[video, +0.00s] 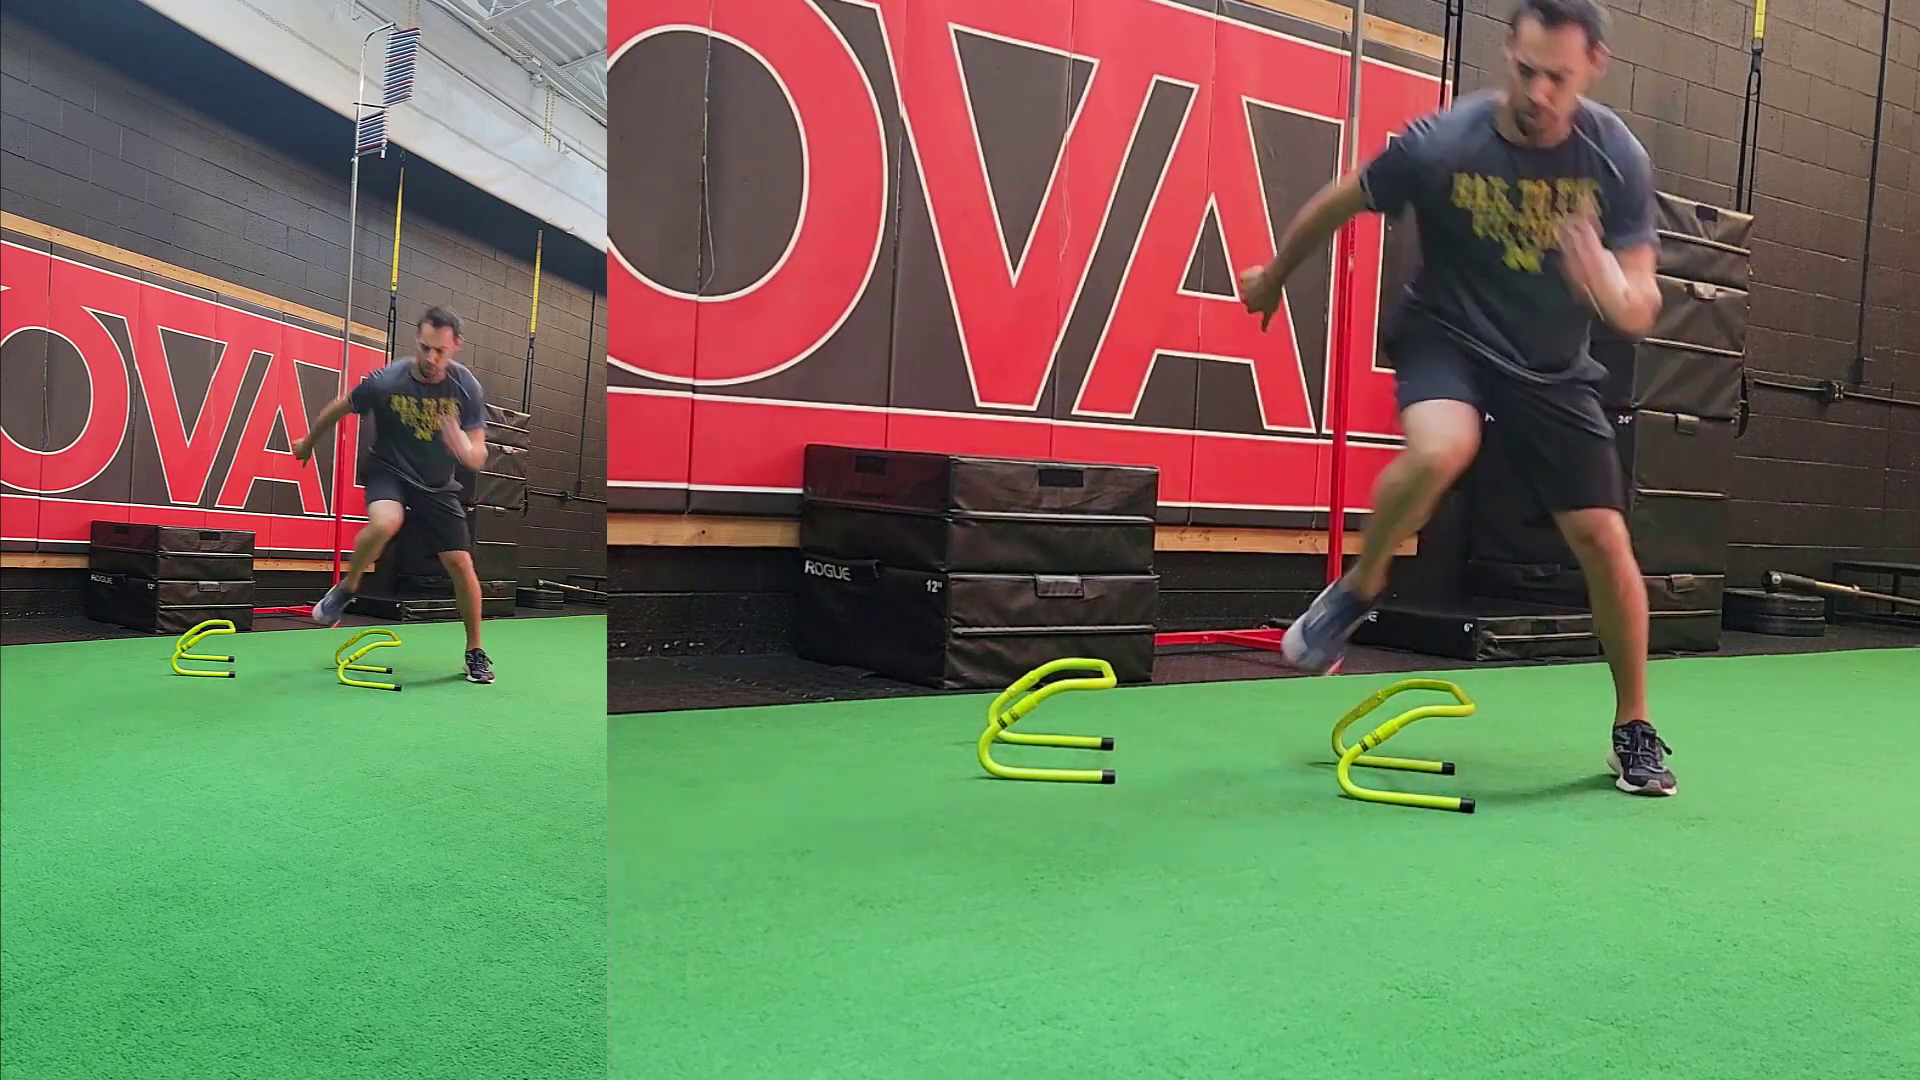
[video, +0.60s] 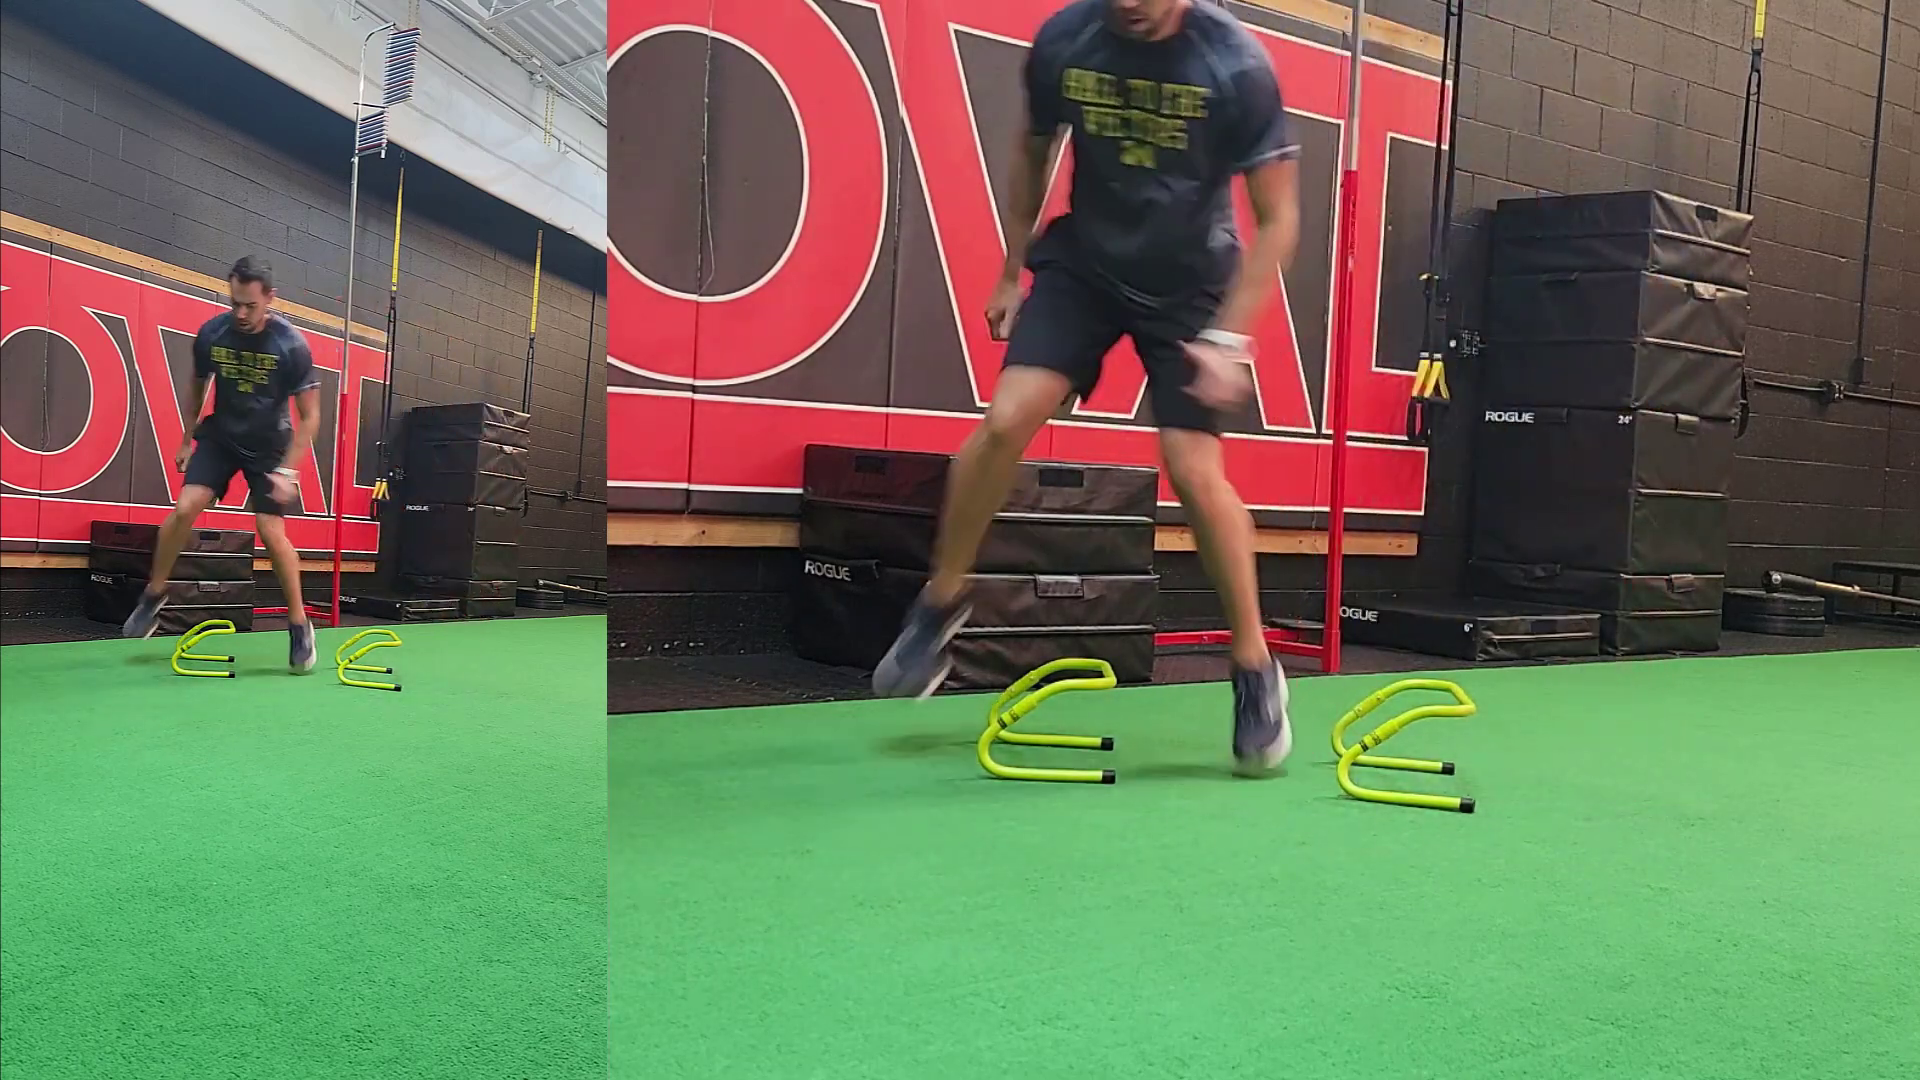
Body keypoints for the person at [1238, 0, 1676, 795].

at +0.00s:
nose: (1536, 94)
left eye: (1556, 77)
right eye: (1525, 71)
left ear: (1594, 67)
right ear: (1507, 53)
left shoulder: (1617, 157)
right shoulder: (1440, 144)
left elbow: (1639, 308)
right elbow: (1335, 204)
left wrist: (1603, 283)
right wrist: (1271, 275)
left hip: (1555, 367)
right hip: (1447, 337)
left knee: (1603, 537)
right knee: (1442, 452)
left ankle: (1635, 726)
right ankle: (1358, 588)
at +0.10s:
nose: (1467, 36)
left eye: (1489, 21)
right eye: (1457, 14)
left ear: (1518, 21)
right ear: (1432, 6)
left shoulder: (1546, 92)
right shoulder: (1362, 98)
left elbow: (1577, 208)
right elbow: (1300, 195)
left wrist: (1541, 243)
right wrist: (1264, 303)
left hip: (1492, 324)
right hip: (1380, 317)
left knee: (1549, 499)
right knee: (1349, 484)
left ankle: (1604, 675)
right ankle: (1277, 683)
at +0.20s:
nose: (1388, 20)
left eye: (1407, 5)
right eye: (1375, 5)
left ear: (1436, 7)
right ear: (1354, 4)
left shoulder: (1477, 81)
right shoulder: (1298, 89)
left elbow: (1514, 183)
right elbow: (1255, 214)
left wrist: (1528, 303)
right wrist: (1274, 315)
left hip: (1433, 307)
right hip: (1324, 312)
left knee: (1458, 444)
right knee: (1301, 505)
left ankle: (1456, 534)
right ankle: (1270, 706)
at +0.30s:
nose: (1326, 11)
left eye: (1341, 3)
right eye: (1313, 4)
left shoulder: (1429, 52)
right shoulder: (1245, 51)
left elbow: (1481, 138)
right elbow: (1196, 180)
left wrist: (1485, 252)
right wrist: (1246, 181)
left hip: (1368, 278)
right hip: (1265, 280)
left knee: (1338, 409)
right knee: (1253, 469)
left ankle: (1355, 599)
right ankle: (1251, 684)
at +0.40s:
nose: (1262, 10)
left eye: (1277, 3)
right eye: (1251, 3)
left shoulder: (1365, 57)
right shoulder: (1187, 44)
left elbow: (1421, 176)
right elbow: (1151, 157)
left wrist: (1433, 292)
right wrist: (1161, 194)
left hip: (1306, 276)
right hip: (1209, 263)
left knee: (1272, 473)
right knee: (1165, 417)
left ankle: (1285, 695)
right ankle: (1218, 536)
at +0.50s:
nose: (1193, 12)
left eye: (1212, 2)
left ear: (1250, 1)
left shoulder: (1301, 87)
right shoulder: (1131, 61)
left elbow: (1359, 223)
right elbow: (1100, 174)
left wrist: (1365, 361)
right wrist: (1083, 231)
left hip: (1247, 314)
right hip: (1142, 287)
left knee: (1246, 511)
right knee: (1059, 384)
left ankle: (1282, 716)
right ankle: (1110, 460)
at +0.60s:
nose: (1128, 4)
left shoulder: (1239, 68)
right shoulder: (1064, 41)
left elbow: (1279, 220)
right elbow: (1033, 148)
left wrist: (1231, 335)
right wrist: (1014, 269)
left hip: (1188, 286)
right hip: (1081, 268)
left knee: (1195, 475)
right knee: (1004, 424)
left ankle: (1255, 671)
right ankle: (937, 603)